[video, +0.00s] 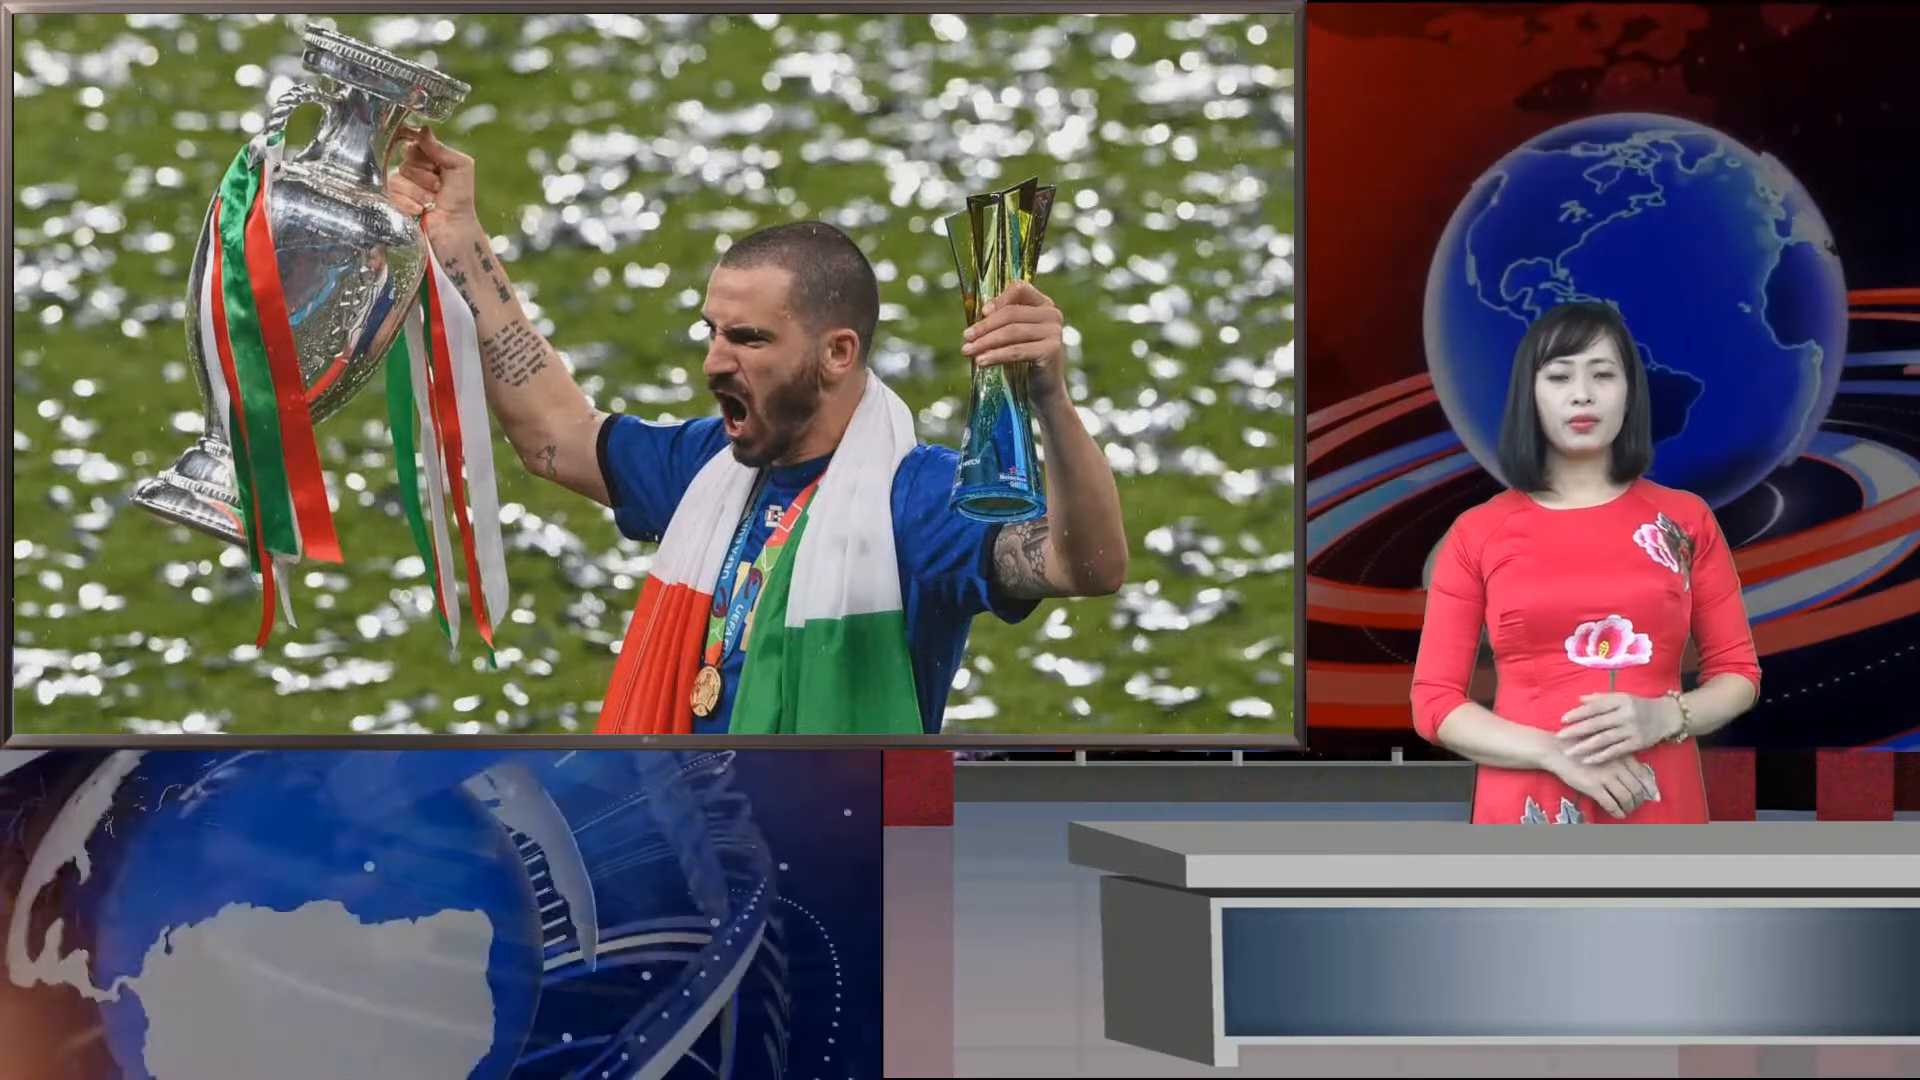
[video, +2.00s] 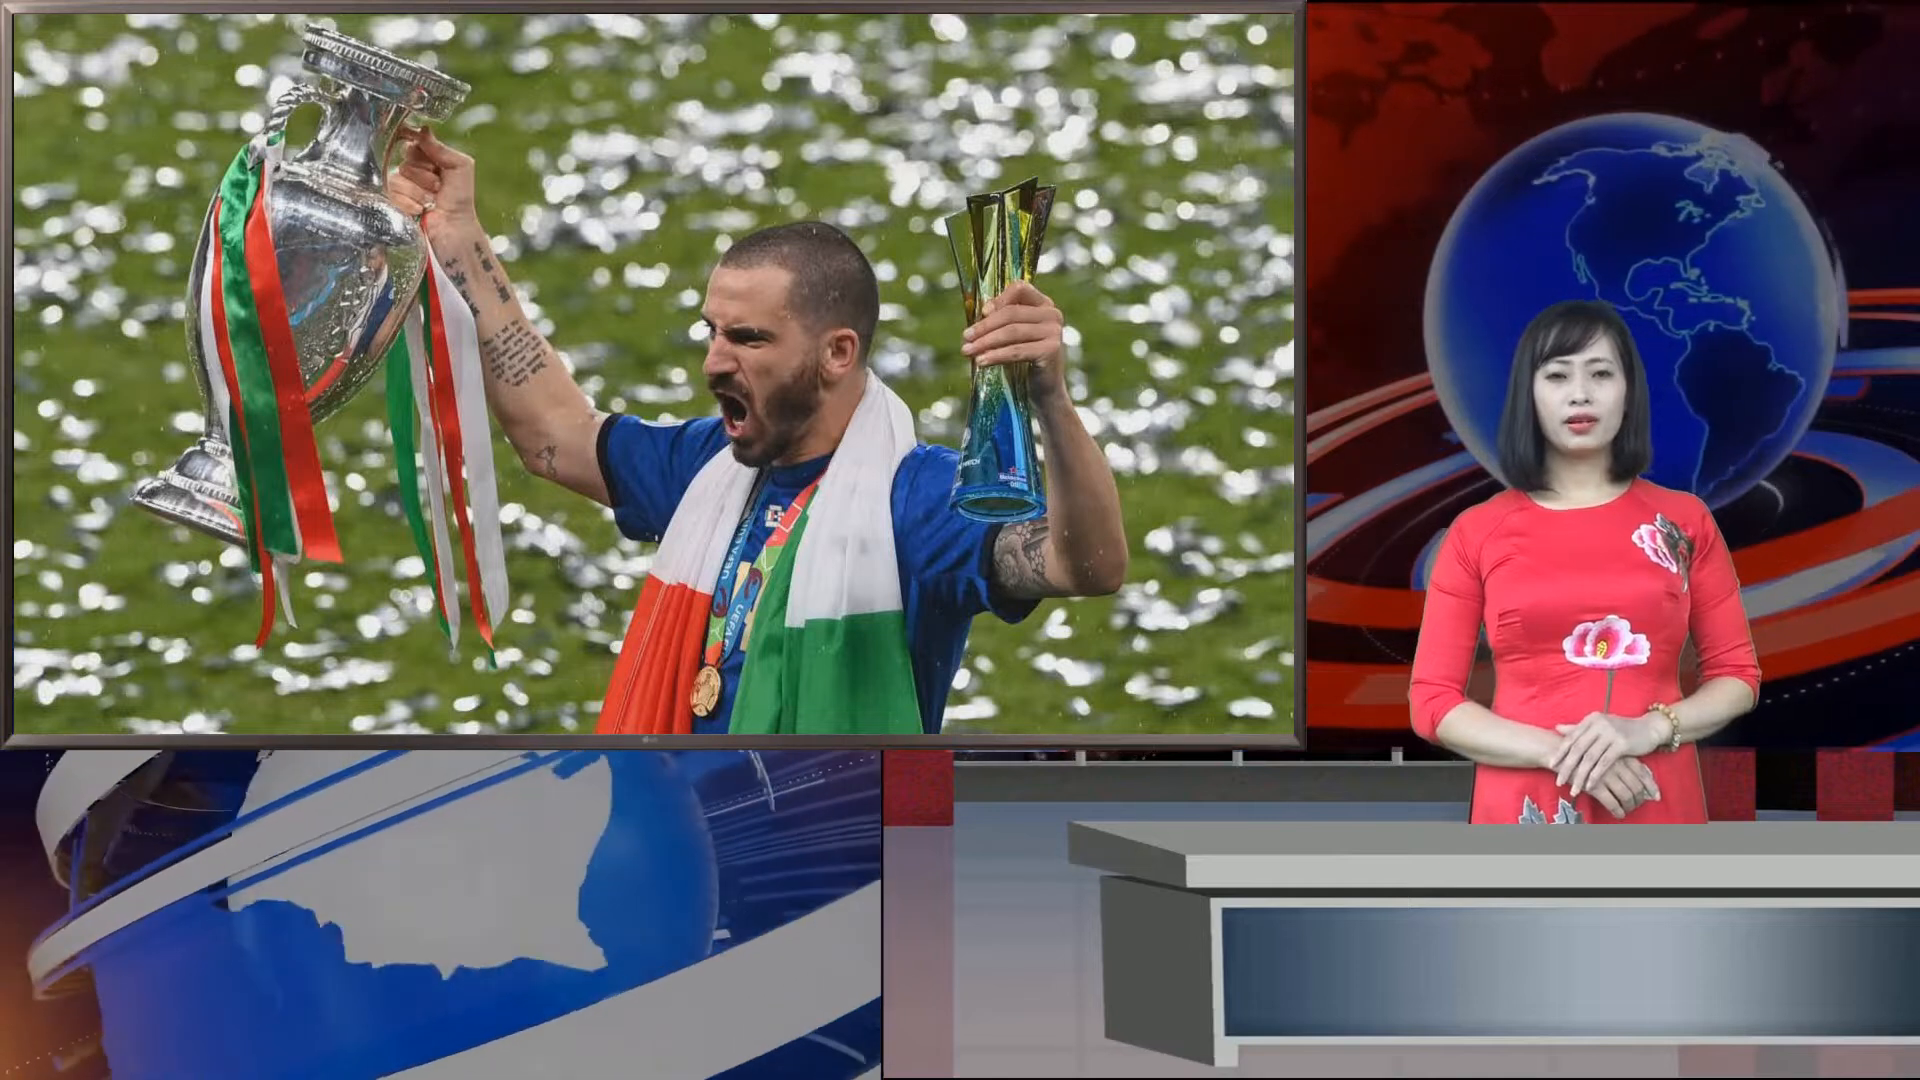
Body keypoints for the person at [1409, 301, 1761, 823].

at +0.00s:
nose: (1582, 394)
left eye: (1602, 375)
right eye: (1560, 376)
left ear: (1629, 392)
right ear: (1531, 393)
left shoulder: (1685, 521)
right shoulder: (1478, 535)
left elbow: (1738, 676)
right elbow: (1434, 700)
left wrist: (1659, 718)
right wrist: (1553, 751)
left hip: (1663, 823)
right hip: (1524, 823)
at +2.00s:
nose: (1579, 393)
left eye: (1601, 374)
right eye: (1558, 375)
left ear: (1628, 392)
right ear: (1530, 393)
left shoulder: (1683, 521)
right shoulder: (1478, 533)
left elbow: (1737, 679)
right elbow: (1432, 701)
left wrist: (1650, 727)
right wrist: (1565, 751)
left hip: (1661, 823)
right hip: (1521, 824)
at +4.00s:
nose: (1578, 393)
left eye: (1601, 373)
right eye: (1557, 374)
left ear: (1630, 392)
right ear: (1530, 391)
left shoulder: (1685, 521)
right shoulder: (1477, 533)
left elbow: (1738, 680)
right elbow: (1431, 702)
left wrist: (1650, 729)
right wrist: (1565, 753)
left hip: (1661, 824)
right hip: (1521, 825)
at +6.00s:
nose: (1584, 396)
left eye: (1605, 375)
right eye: (1562, 377)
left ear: (1633, 392)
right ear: (1533, 393)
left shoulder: (1688, 522)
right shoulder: (1481, 534)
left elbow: (1741, 681)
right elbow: (1435, 702)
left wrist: (1652, 728)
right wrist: (1568, 753)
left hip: (1663, 824)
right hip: (1523, 824)